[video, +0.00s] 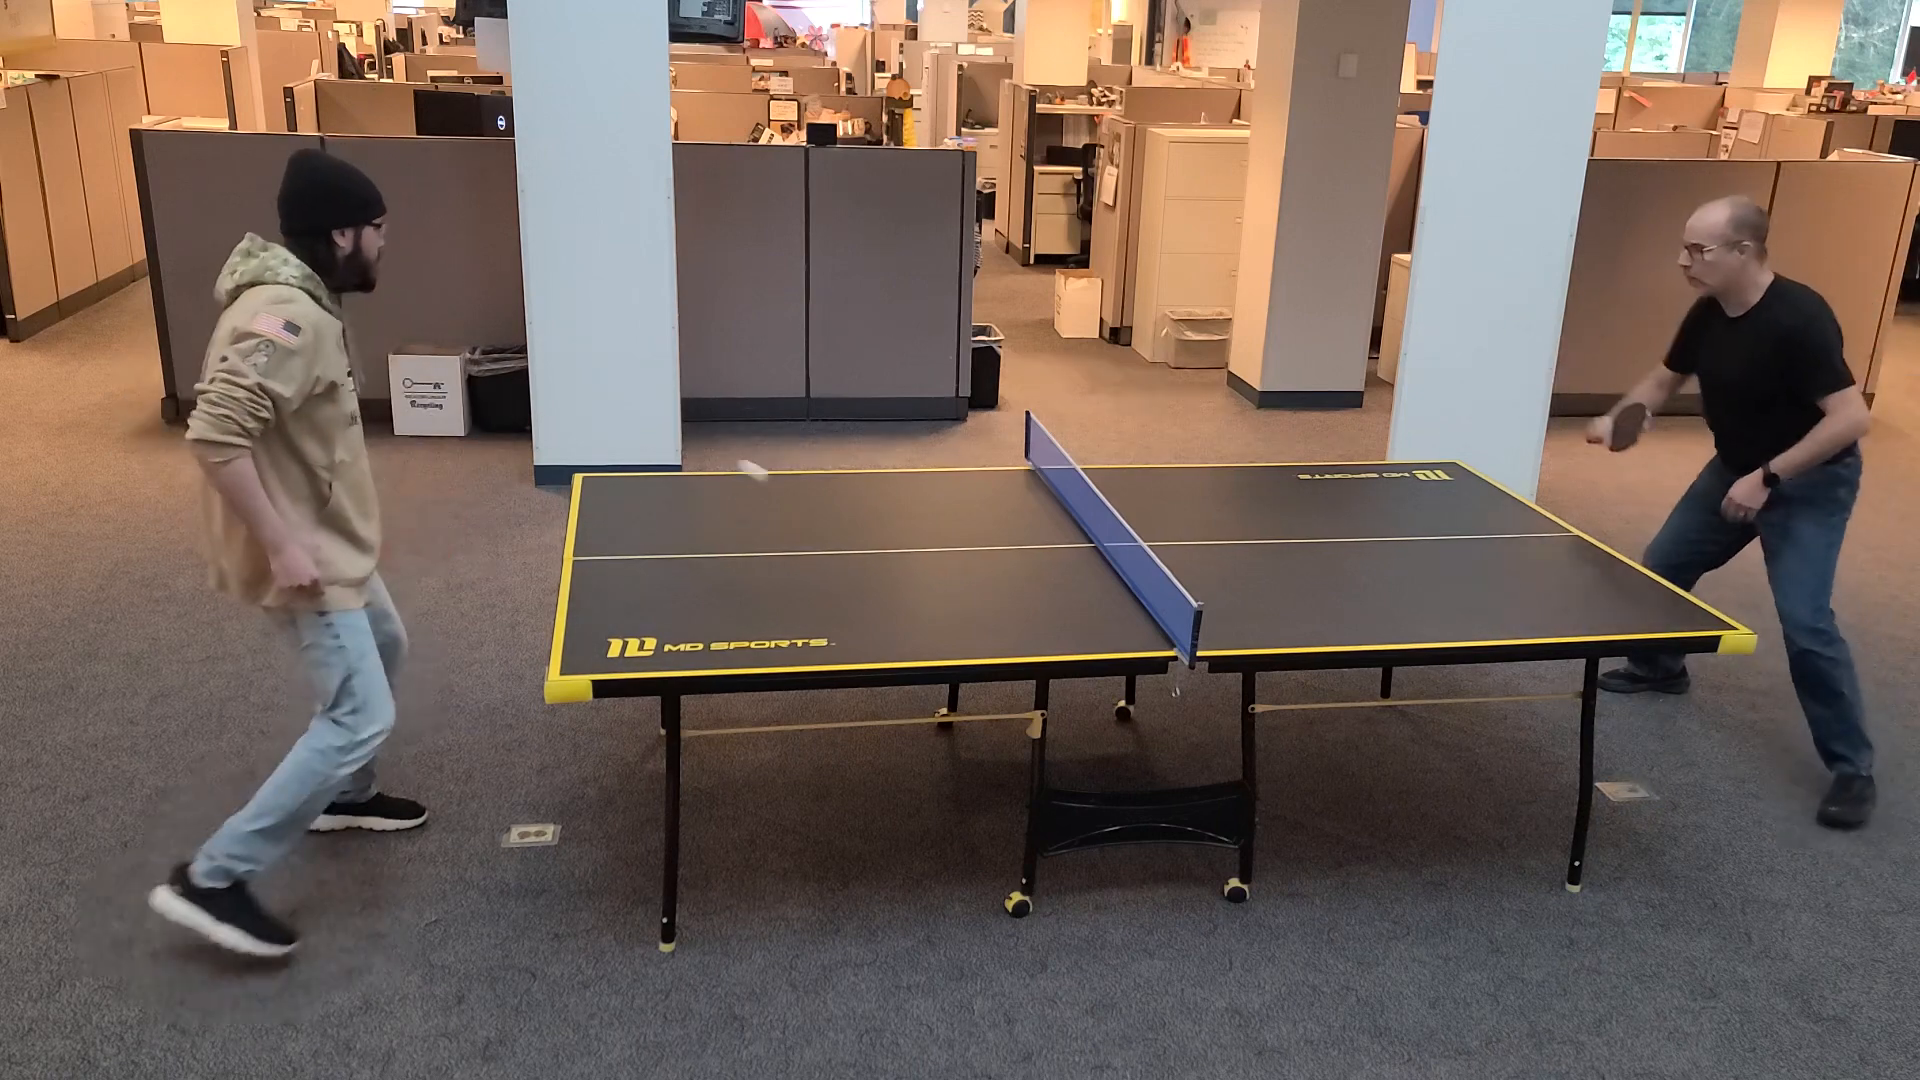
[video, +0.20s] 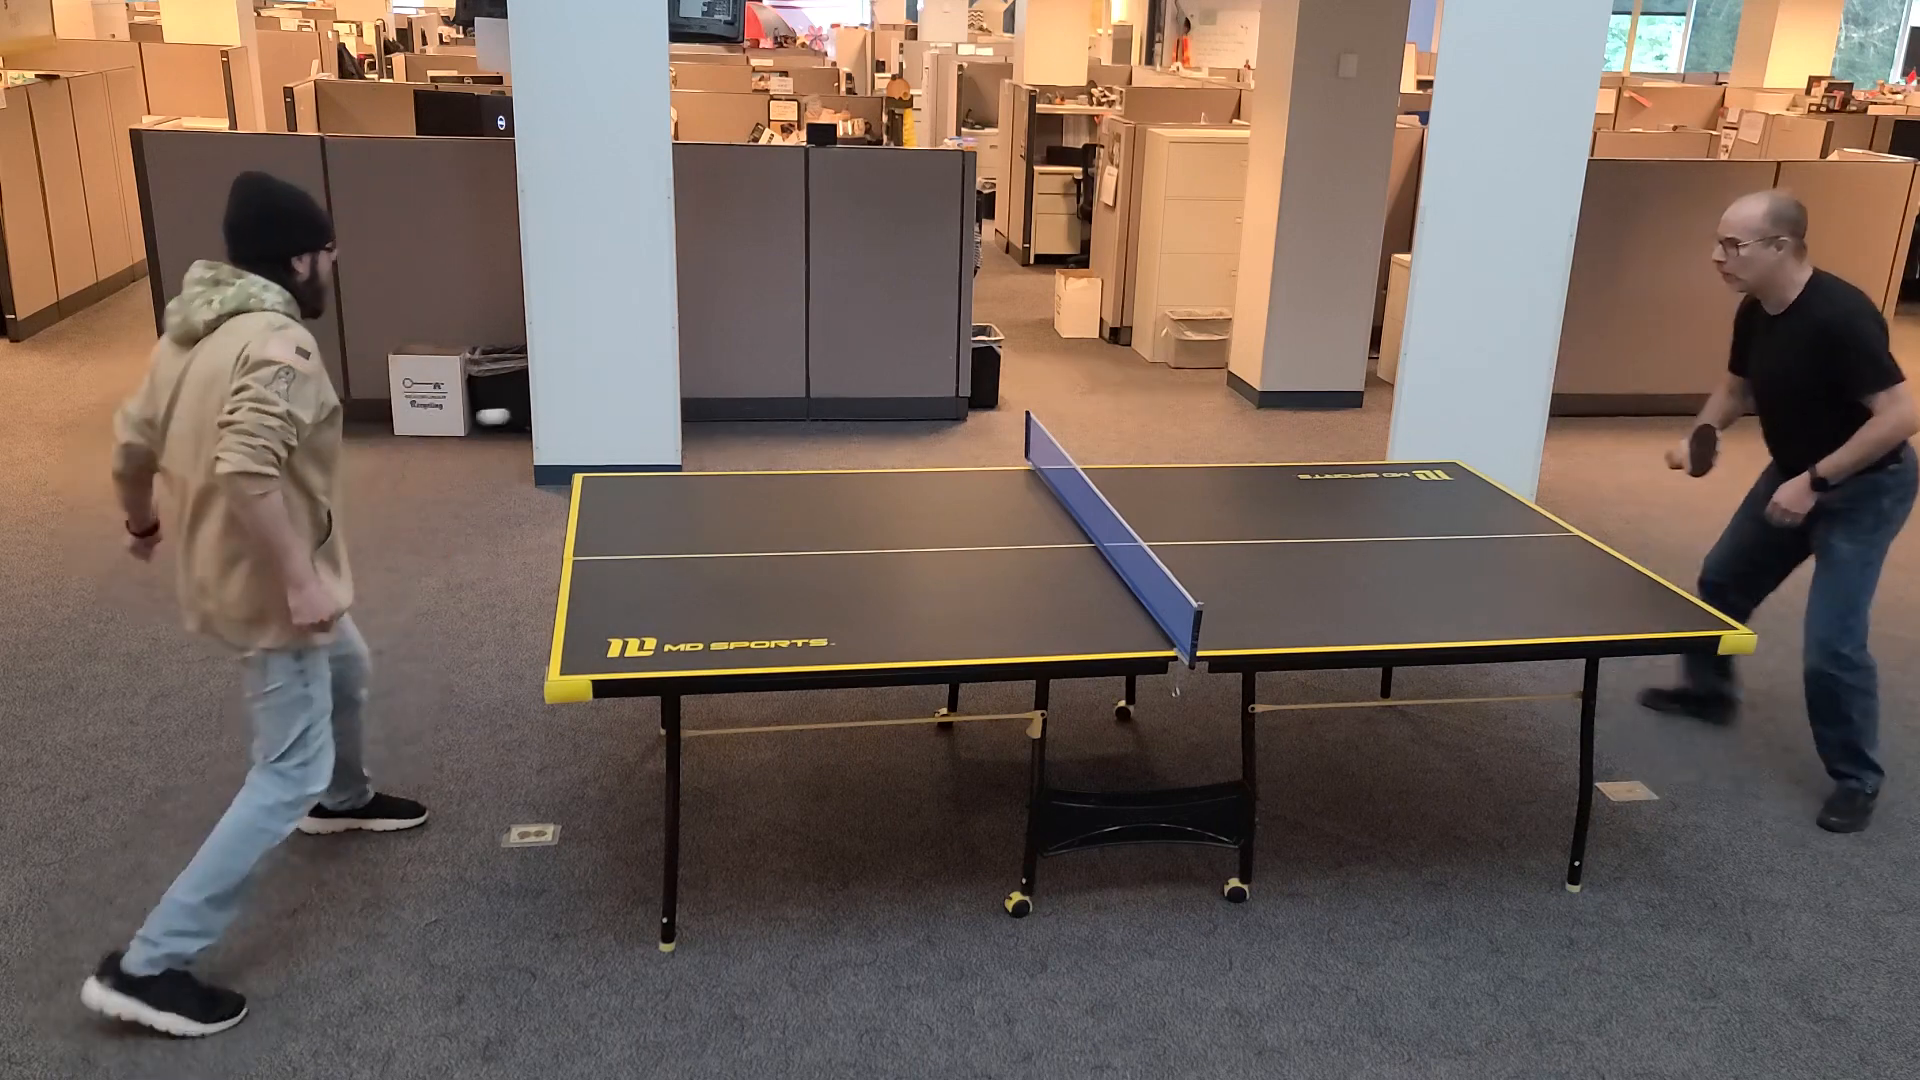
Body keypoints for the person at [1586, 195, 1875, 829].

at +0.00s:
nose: (1685, 261)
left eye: (1697, 251)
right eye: (1684, 249)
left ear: (1744, 253)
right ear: (1729, 254)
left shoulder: (1802, 317)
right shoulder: (1705, 315)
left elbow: (1851, 417)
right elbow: (1664, 381)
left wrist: (1767, 476)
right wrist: (1624, 417)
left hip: (1810, 483)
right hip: (1735, 470)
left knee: (1805, 625)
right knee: (1658, 568)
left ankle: (1851, 768)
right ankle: (1659, 666)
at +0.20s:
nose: (1719, 256)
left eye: (1733, 245)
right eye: (1718, 243)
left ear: (1783, 248)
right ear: (1769, 249)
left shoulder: (1845, 315)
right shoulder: (1754, 310)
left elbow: (1900, 416)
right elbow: (1737, 388)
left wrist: (1814, 479)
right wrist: (1704, 428)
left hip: (1867, 484)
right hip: (1795, 474)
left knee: (1832, 642)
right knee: (1721, 580)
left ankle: (1857, 778)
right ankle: (1709, 690)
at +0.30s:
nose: (1728, 256)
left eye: (1743, 244)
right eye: (1728, 243)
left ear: (1793, 247)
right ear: (1779, 248)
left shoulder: (1855, 311)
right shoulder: (1766, 306)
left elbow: (1911, 414)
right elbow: (1752, 395)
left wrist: (1838, 482)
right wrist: (1725, 439)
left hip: (1885, 483)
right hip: (1813, 475)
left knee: (1844, 633)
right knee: (1757, 596)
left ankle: (1870, 776)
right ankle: (1791, 728)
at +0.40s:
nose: (1741, 266)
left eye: (1755, 255)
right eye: (1740, 254)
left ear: (1807, 257)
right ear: (1792, 259)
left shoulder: (1872, 321)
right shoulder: (1777, 320)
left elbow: (1919, 423)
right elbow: (1767, 400)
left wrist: (1852, 491)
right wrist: (1740, 453)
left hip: (1894, 500)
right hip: (1823, 493)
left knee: (1854, 646)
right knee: (1773, 615)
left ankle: (1902, 793)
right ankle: (1805, 741)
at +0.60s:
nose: (1783, 296)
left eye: (1797, 284)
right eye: (1782, 282)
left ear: (1852, 284)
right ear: (1828, 286)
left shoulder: (1910, 358)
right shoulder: (1816, 348)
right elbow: (1791, 434)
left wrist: (1879, 532)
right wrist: (1762, 494)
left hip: (1901, 557)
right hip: (1828, 540)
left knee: (1883, 706)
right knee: (1763, 637)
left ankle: (1914, 867)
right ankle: (1798, 745)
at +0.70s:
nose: (1802, 311)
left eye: (1818, 300)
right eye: (1801, 297)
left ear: (1875, 301)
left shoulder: (1914, 370)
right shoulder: (1828, 363)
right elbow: (1801, 452)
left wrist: (1899, 559)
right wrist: (1773, 512)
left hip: (1914, 569)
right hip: (1846, 549)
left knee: (1871, 715)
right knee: (1776, 651)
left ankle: (1908, 871)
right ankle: (1796, 748)